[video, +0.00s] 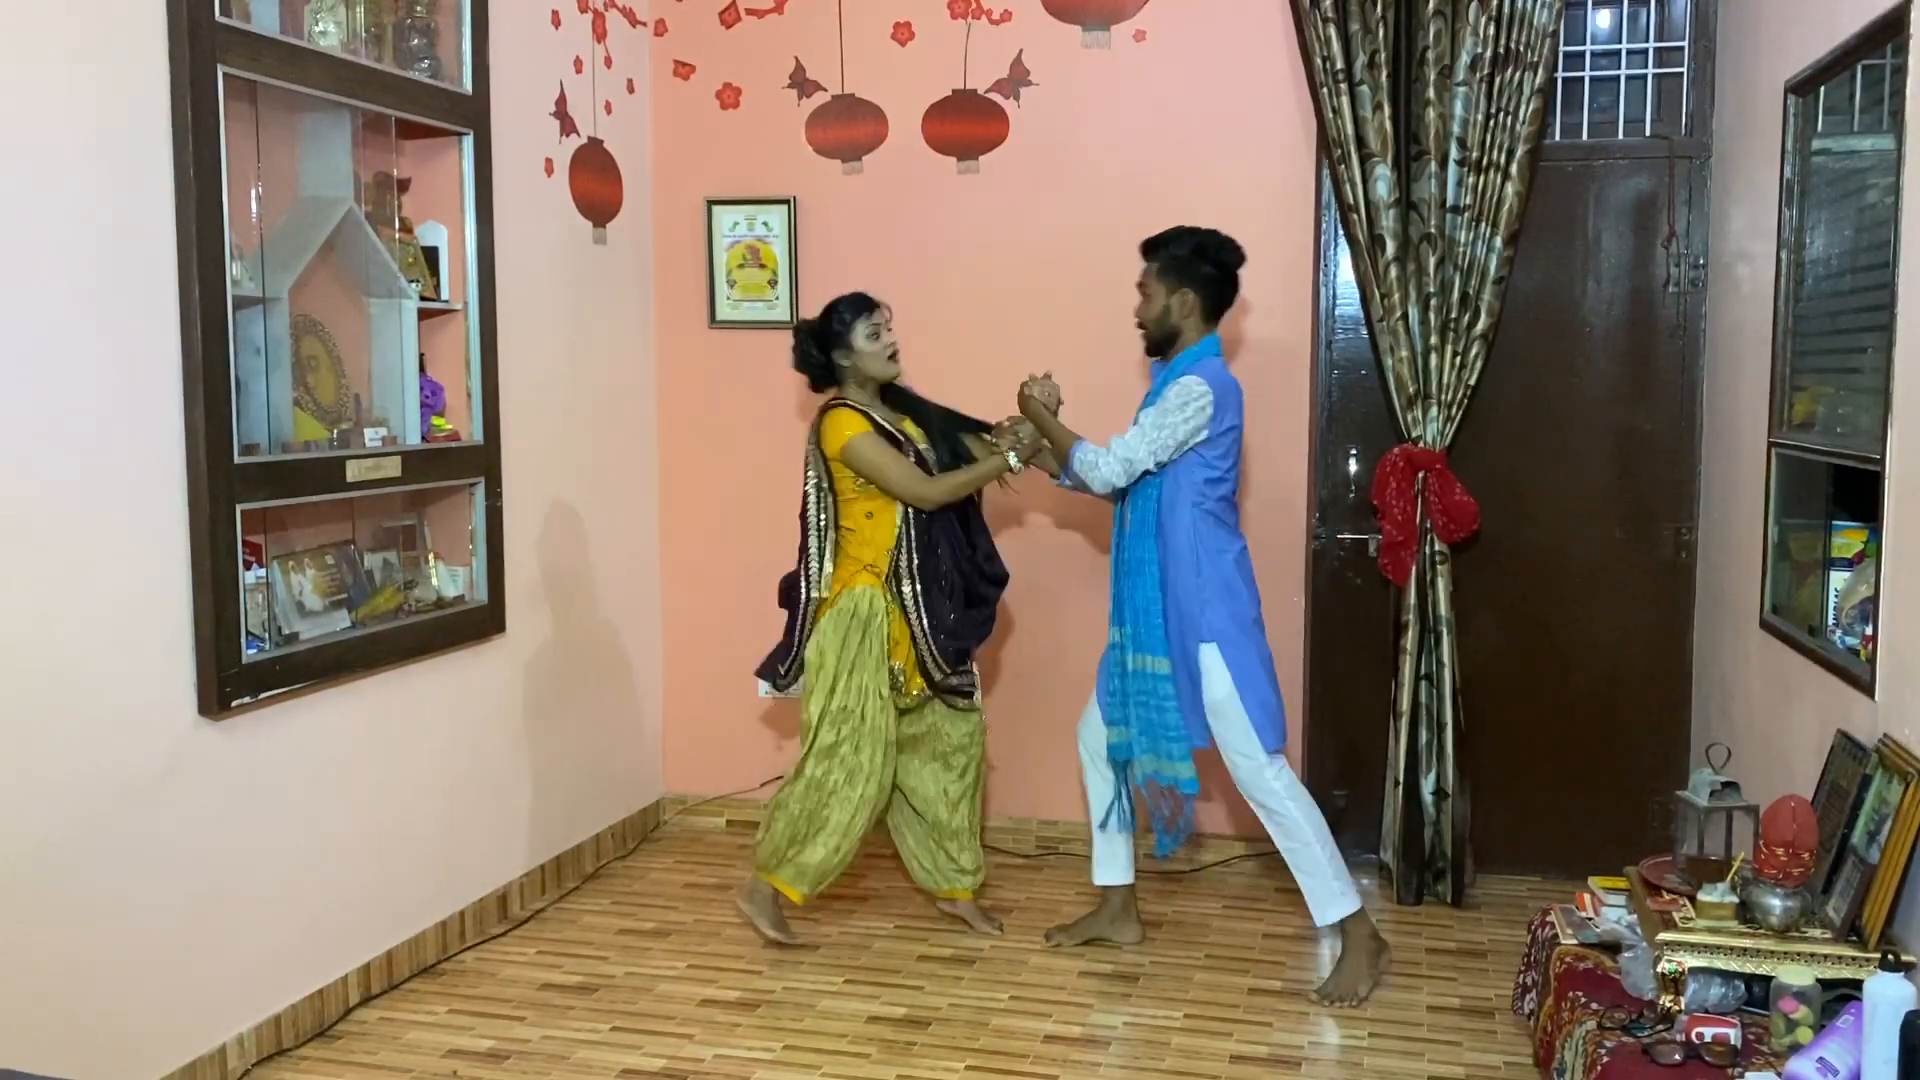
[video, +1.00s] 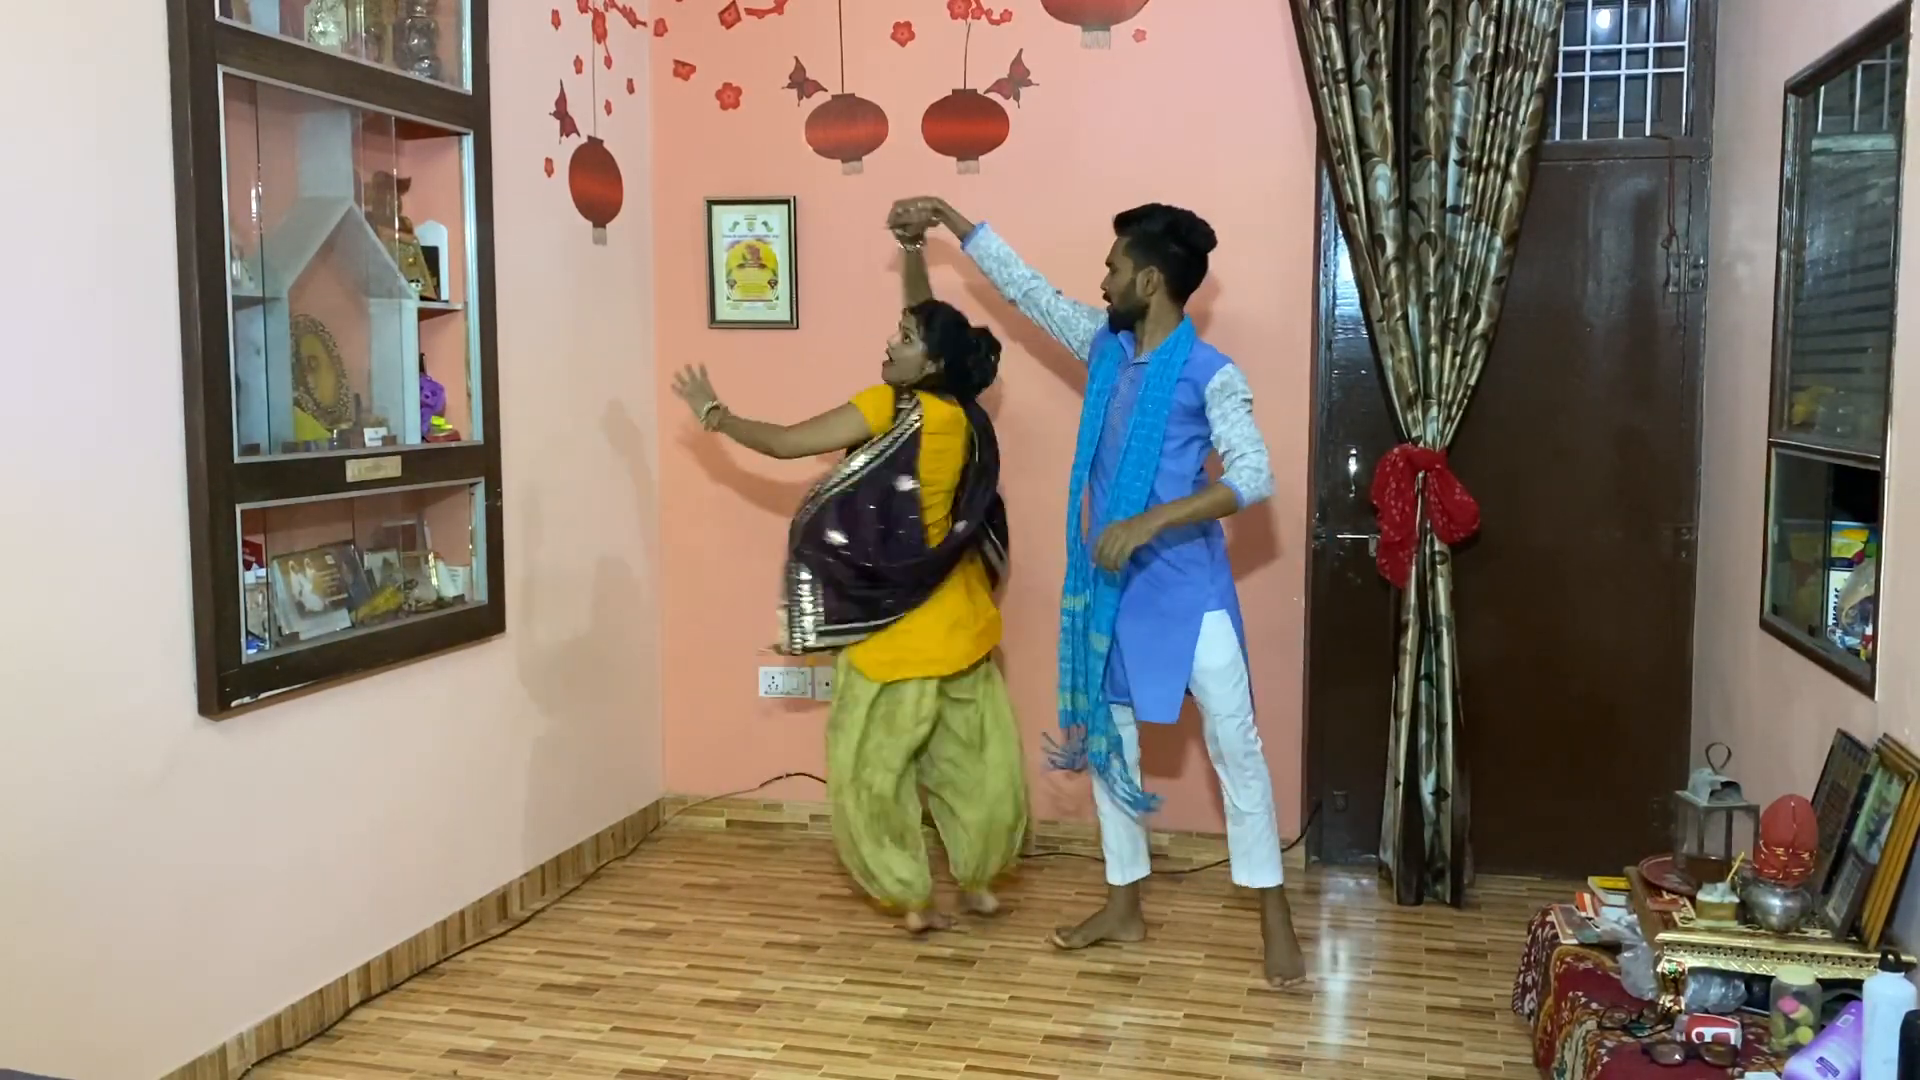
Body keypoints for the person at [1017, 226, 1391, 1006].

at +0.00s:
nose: (1136, 304)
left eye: (1147, 291)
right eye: (1138, 289)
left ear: (1189, 300)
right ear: (1183, 299)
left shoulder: (1200, 386)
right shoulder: (1170, 384)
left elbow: (1110, 468)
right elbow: (1119, 478)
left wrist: (1051, 428)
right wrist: (1052, 449)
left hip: (1206, 613)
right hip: (1155, 614)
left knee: (1256, 770)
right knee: (1098, 737)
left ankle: (1354, 926)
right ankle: (1114, 906)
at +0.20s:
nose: (1211, 327)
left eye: (1223, 315)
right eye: (1216, 313)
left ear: (1263, 329)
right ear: (1262, 330)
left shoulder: (1250, 419)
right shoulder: (1219, 407)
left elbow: (1136, 453)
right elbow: (1122, 467)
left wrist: (1033, 428)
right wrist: (1028, 449)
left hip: (1198, 620)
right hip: (1143, 614)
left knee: (1253, 776)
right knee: (1081, 740)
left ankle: (1357, 933)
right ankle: (1110, 907)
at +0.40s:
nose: (1109, 313)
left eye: (1120, 301)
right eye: (1113, 299)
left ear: (1165, 310)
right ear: (1158, 310)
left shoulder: (1198, 390)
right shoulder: (1157, 388)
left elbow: (1110, 474)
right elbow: (1102, 486)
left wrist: (1038, 438)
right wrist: (1034, 460)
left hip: (1223, 591)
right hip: (1169, 591)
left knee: (1245, 760)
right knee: (1114, 726)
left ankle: (1346, 920)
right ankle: (1113, 900)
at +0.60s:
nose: (1071, 345)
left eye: (1081, 331)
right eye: (1072, 330)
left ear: (1126, 336)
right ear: (1122, 336)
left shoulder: (1158, 403)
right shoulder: (1132, 411)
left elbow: (1082, 507)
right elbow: (1103, 529)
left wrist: (1034, 455)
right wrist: (1043, 503)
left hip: (1203, 618)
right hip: (1152, 623)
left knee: (1240, 780)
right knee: (1080, 738)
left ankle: (1353, 931)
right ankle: (1112, 907)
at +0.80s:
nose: (1091, 295)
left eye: (1102, 283)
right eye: (1094, 281)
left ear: (1144, 297)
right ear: (1136, 296)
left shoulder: (1181, 389)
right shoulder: (1120, 374)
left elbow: (1189, 506)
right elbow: (1103, 435)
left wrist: (1079, 471)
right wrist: (1036, 418)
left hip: (1177, 598)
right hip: (1111, 597)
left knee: (1245, 751)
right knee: (1080, 740)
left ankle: (1327, 915)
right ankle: (1114, 905)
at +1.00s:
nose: (1104, 277)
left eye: (1116, 265)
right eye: (1108, 263)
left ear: (1157, 278)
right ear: (1150, 277)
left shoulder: (1209, 374)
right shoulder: (1103, 344)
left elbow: (1252, 477)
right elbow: (1023, 287)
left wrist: (1145, 523)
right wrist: (950, 220)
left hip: (1190, 582)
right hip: (1110, 577)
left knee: (1233, 737)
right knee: (1110, 730)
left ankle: (1274, 913)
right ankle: (1124, 902)